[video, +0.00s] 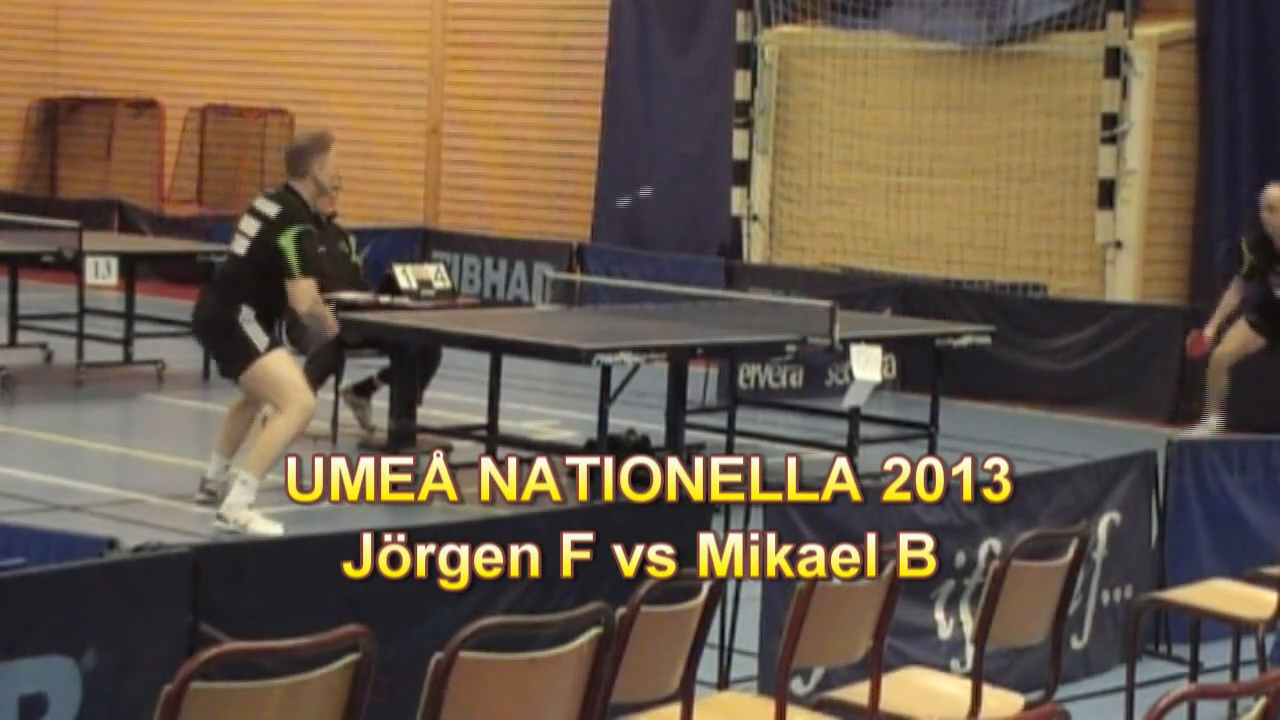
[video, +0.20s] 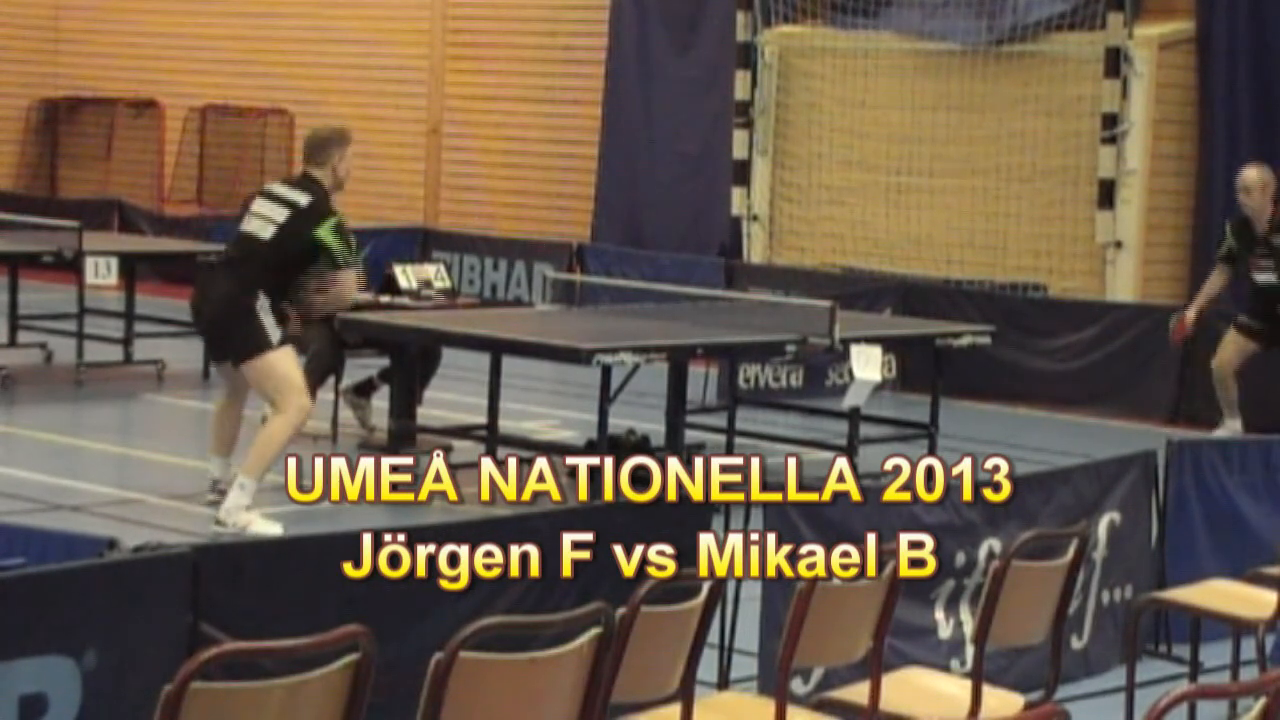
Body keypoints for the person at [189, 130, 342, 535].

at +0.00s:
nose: (336, 172)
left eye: (334, 163)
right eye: (331, 164)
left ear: (298, 169)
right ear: (314, 169)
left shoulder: (267, 201)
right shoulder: (295, 221)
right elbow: (304, 302)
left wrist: (308, 303)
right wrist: (325, 319)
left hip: (216, 310)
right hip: (236, 317)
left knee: (255, 395)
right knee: (299, 403)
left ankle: (215, 477)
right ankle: (237, 503)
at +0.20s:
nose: (352, 168)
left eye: (350, 160)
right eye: (349, 160)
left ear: (310, 161)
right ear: (335, 164)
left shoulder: (272, 189)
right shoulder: (320, 212)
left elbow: (269, 251)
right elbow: (353, 276)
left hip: (209, 294)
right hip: (243, 303)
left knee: (235, 390)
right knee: (295, 404)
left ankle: (220, 480)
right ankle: (236, 506)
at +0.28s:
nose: (352, 160)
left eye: (351, 153)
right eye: (350, 153)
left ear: (308, 153)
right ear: (339, 158)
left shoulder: (268, 182)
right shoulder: (330, 210)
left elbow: (221, 235)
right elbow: (375, 273)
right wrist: (387, 263)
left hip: (208, 281)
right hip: (243, 293)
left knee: (233, 388)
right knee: (291, 402)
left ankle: (220, 478)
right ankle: (236, 505)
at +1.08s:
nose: (368, 167)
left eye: (366, 159)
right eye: (363, 160)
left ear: (328, 167)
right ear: (345, 168)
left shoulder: (296, 204)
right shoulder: (332, 222)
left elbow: (287, 275)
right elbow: (365, 301)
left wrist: (324, 317)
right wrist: (400, 313)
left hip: (249, 316)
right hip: (279, 324)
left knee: (283, 389)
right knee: (364, 399)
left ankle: (246, 476)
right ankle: (334, 502)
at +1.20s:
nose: (375, 176)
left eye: (373, 169)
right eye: (370, 169)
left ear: (336, 173)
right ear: (351, 174)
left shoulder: (301, 205)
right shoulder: (340, 224)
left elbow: (296, 273)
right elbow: (376, 301)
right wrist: (406, 308)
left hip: (247, 316)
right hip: (280, 322)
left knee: (281, 389)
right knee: (364, 399)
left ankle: (246, 473)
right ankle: (333, 502)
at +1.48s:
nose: (410, 180)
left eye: (408, 173)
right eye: (406, 175)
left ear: (368, 176)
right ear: (392, 182)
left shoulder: (325, 195)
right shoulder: (389, 233)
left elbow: (260, 221)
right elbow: (441, 287)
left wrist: (249, 266)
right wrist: (482, 282)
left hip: (253, 295)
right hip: (296, 305)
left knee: (262, 388)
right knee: (360, 399)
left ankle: (243, 476)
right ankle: (332, 503)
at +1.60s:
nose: (418, 167)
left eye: (415, 160)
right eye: (414, 161)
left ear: (374, 164)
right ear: (401, 169)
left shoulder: (331, 180)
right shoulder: (397, 224)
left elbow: (271, 191)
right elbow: (442, 291)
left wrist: (234, 234)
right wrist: (470, 276)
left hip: (272, 287)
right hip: (315, 299)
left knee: (275, 383)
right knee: (383, 386)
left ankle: (248, 472)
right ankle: (352, 482)